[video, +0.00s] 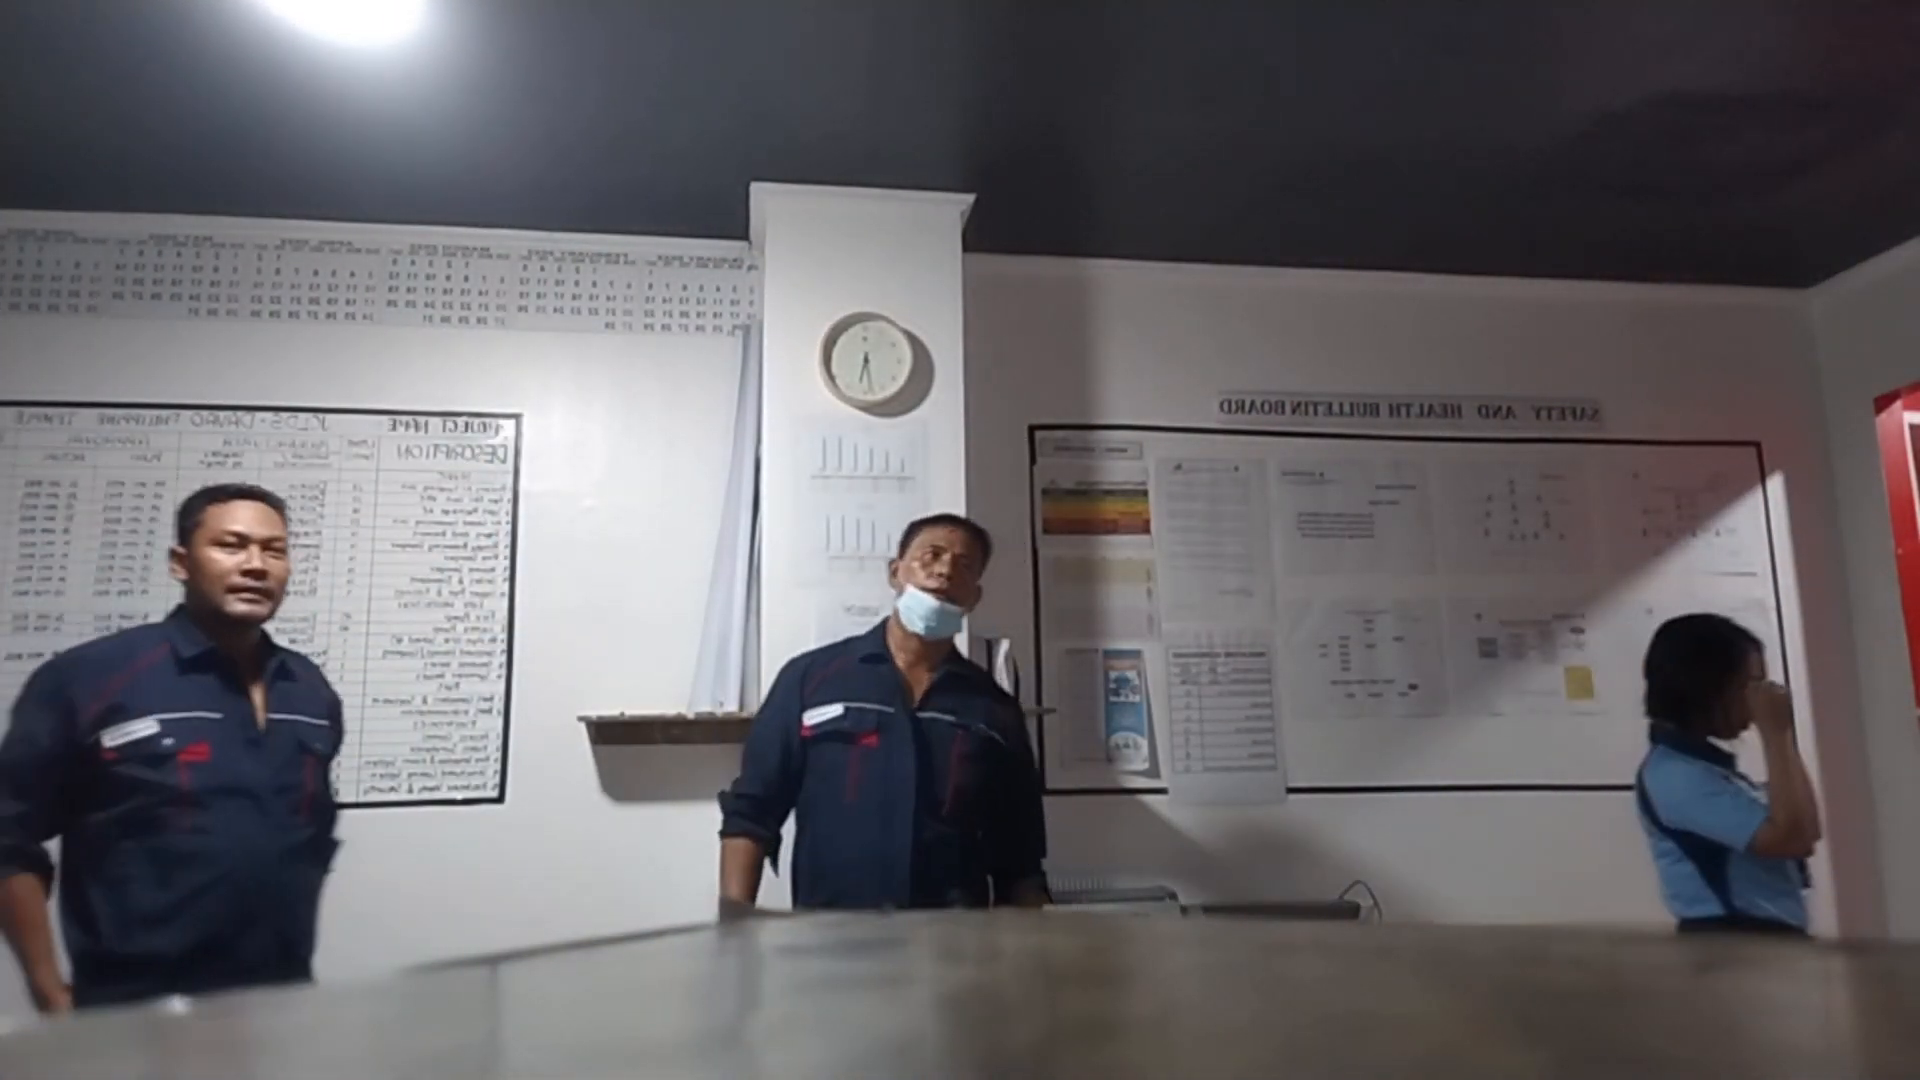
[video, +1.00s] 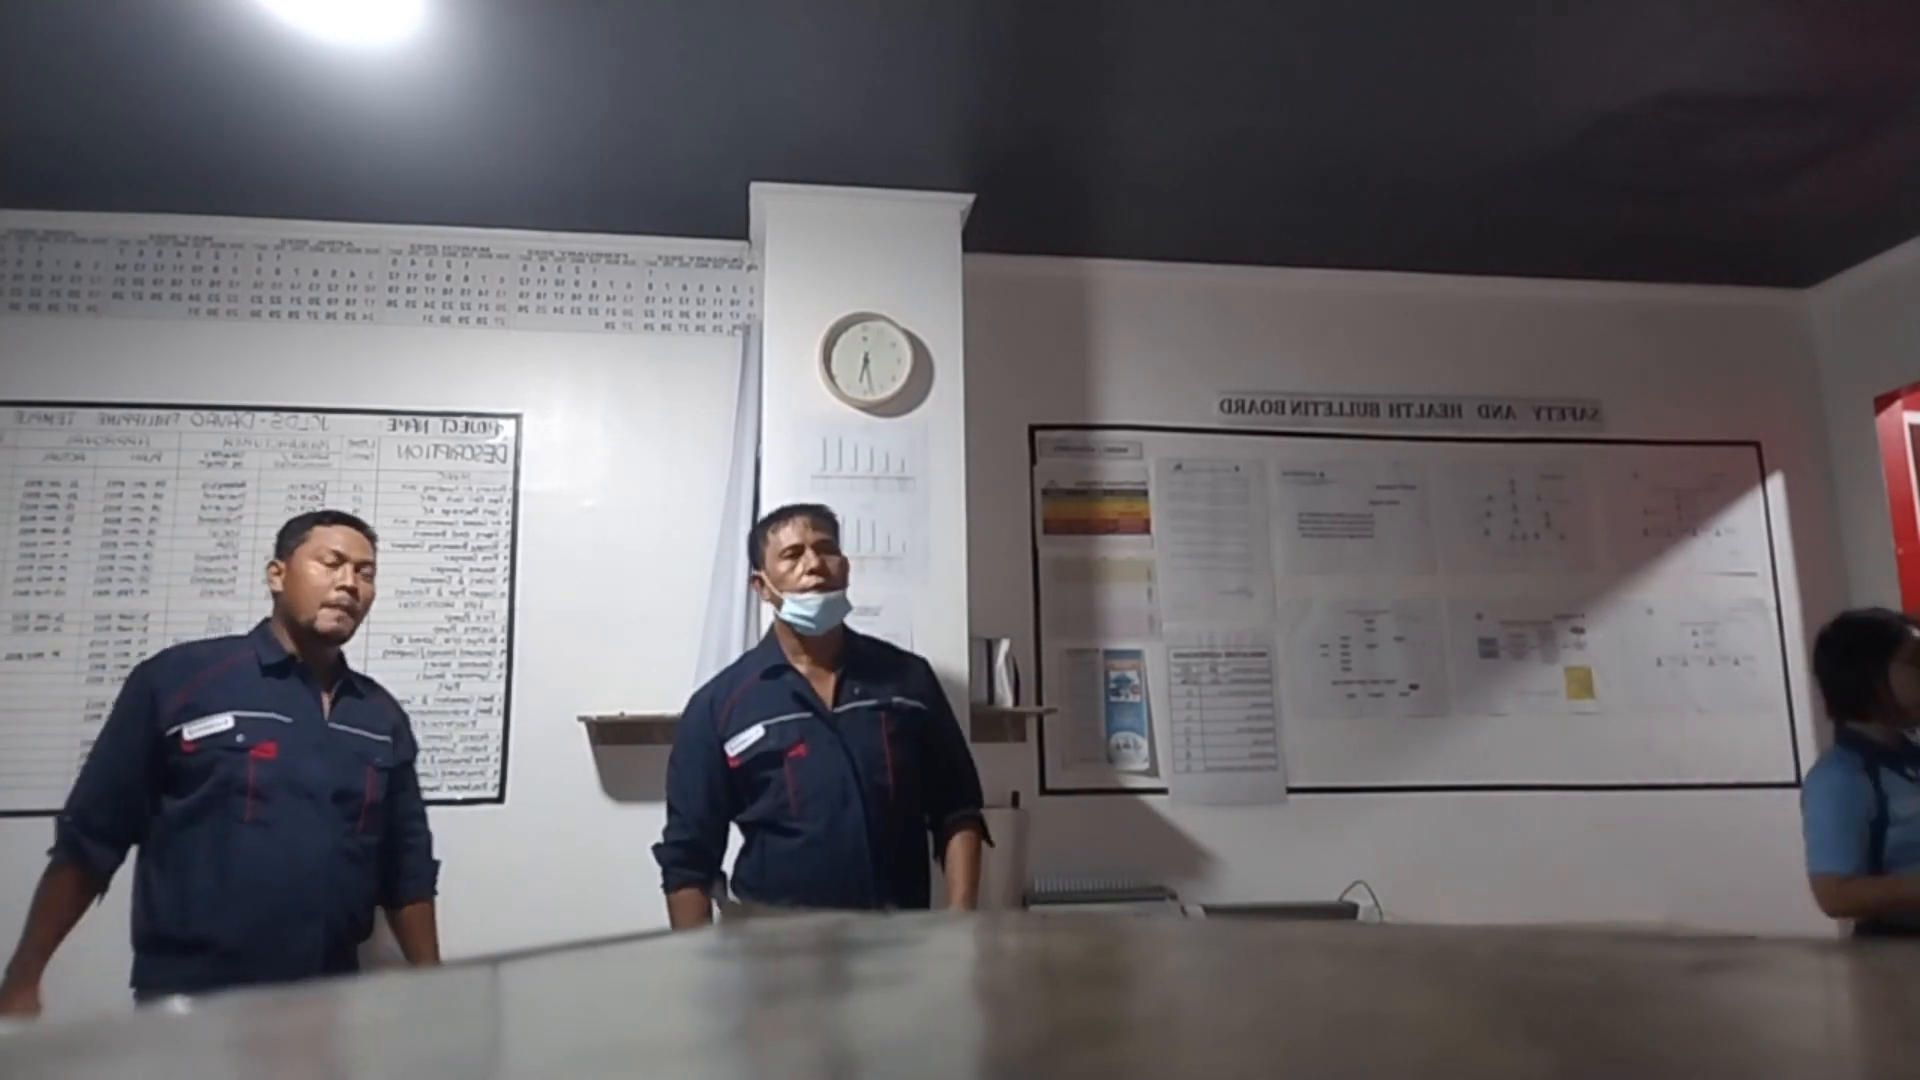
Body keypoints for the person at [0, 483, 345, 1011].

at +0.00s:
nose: (257, 564)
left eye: (273, 549)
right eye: (232, 545)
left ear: (289, 568)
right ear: (181, 563)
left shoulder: (312, 694)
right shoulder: (82, 684)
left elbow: (313, 844)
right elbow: (12, 836)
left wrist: (286, 976)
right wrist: (52, 996)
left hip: (275, 1013)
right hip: (130, 1019)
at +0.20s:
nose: (314, 575)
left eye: (330, 562)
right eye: (291, 556)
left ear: (345, 579)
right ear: (243, 571)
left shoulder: (370, 700)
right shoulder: (144, 684)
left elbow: (396, 818)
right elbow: (62, 826)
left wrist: (371, 946)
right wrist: (114, 979)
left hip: (327, 1001)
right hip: (184, 1005)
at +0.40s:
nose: (336, 579)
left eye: (354, 565)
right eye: (315, 559)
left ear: (369, 583)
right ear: (269, 571)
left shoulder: (397, 698)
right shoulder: (173, 681)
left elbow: (438, 817)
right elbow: (90, 811)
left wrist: (415, 933)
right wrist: (135, 938)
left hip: (342, 996)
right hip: (204, 996)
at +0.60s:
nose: (350, 583)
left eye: (367, 569)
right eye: (330, 563)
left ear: (379, 586)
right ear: (283, 574)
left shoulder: (404, 706)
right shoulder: (189, 683)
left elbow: (427, 841)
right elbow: (129, 831)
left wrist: (422, 953)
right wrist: (120, 965)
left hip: (342, 1000)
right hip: (201, 1002)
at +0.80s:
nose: (363, 583)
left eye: (380, 574)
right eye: (345, 564)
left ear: (390, 594)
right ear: (296, 575)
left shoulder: (405, 715)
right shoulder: (194, 680)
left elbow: (420, 870)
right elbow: (118, 832)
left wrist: (429, 992)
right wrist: (70, 965)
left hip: (336, 999)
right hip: (200, 997)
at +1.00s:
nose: (351, 581)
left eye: (365, 571)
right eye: (332, 561)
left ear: (373, 595)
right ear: (277, 574)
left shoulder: (383, 720)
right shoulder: (175, 682)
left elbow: (408, 875)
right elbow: (90, 843)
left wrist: (435, 994)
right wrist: (22, 978)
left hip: (323, 1007)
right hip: (190, 1005)